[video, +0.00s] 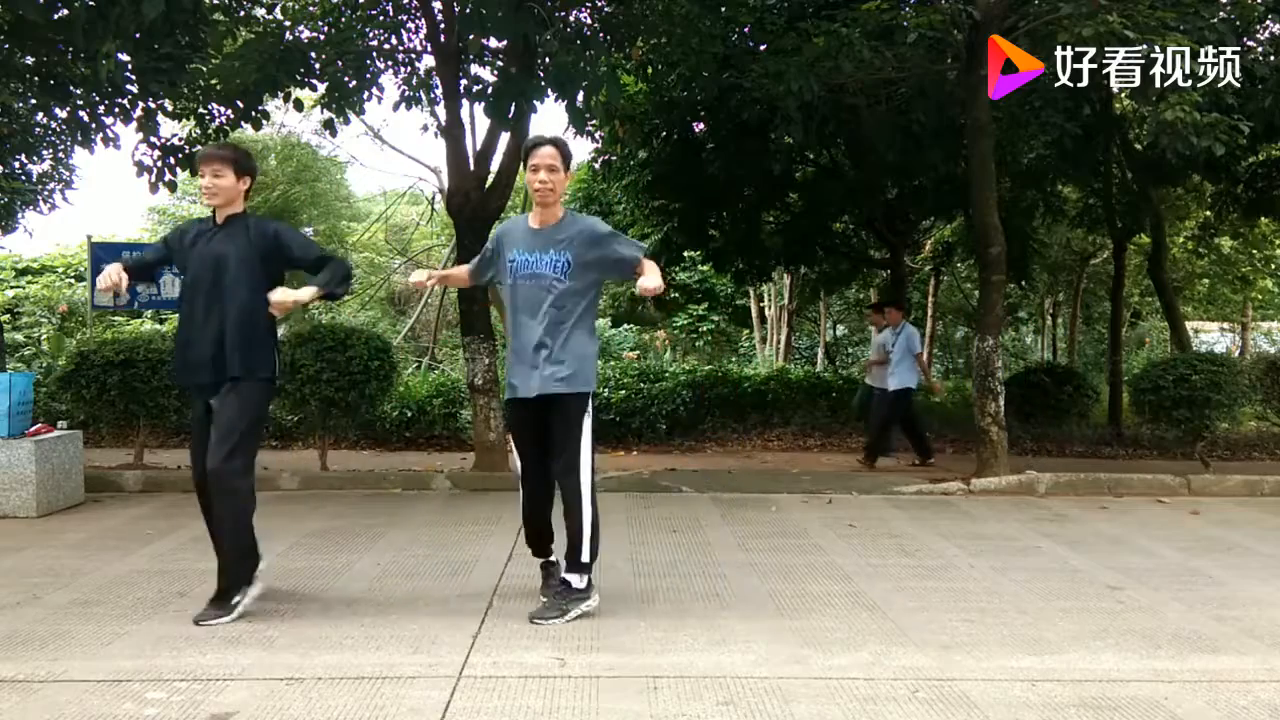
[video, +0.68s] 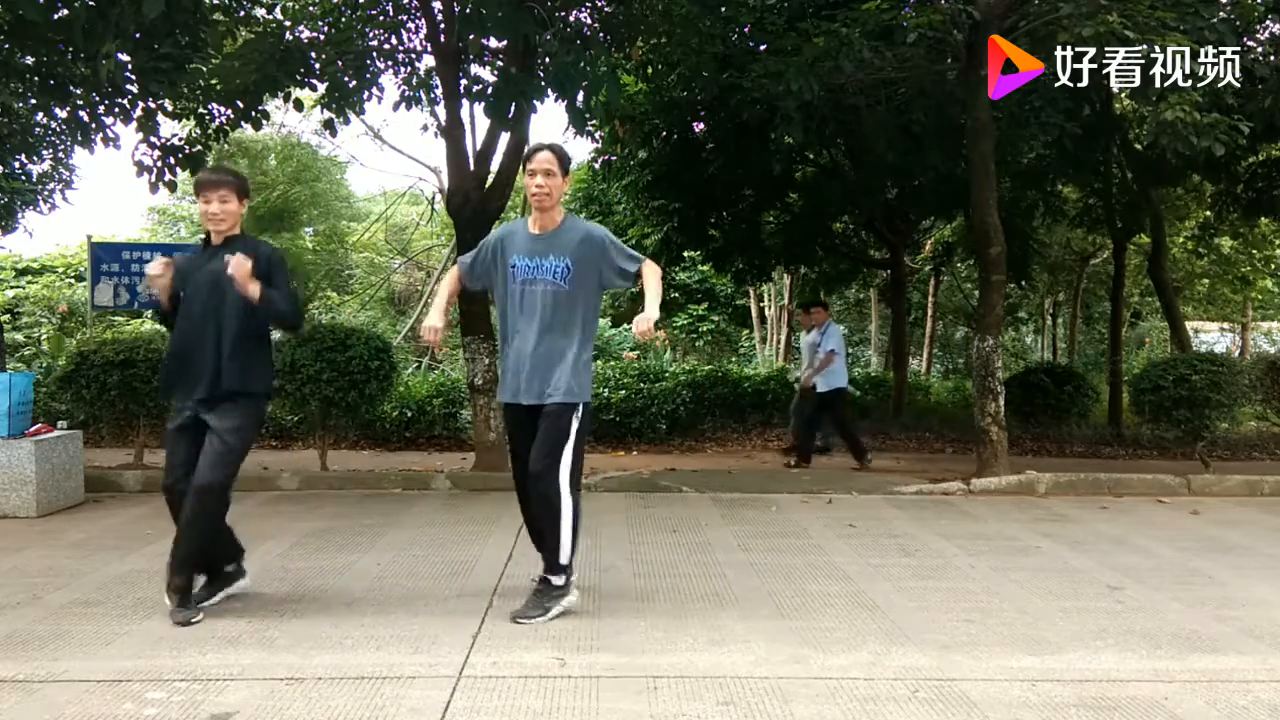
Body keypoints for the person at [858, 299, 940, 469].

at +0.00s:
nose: (886, 317)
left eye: (889, 313)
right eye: (886, 313)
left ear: (900, 314)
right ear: (888, 315)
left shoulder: (910, 332)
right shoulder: (892, 333)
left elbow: (919, 358)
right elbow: (891, 359)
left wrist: (929, 380)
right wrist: (873, 363)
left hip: (905, 385)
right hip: (894, 385)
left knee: (884, 420)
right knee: (909, 422)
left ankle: (870, 457)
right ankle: (925, 455)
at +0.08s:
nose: (879, 317)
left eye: (882, 313)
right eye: (878, 314)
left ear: (892, 313)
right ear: (881, 315)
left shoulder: (902, 332)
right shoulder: (885, 333)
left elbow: (911, 357)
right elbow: (884, 360)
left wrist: (918, 373)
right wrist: (867, 364)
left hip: (896, 385)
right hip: (885, 385)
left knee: (880, 422)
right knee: (902, 421)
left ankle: (868, 459)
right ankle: (922, 453)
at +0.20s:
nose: (864, 316)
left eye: (867, 312)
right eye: (863, 312)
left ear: (876, 311)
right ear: (865, 314)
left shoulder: (886, 328)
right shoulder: (871, 331)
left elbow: (893, 356)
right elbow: (870, 361)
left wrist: (901, 382)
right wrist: (854, 372)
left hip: (882, 384)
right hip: (869, 384)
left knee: (873, 423)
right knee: (875, 422)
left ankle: (867, 459)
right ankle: (902, 443)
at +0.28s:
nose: (857, 315)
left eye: (860, 311)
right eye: (856, 311)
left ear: (870, 311)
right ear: (859, 313)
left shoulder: (879, 329)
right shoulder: (867, 330)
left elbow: (884, 356)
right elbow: (864, 360)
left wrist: (886, 383)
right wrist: (852, 377)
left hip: (874, 383)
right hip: (862, 383)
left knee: (871, 423)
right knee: (861, 419)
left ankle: (867, 459)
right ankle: (884, 441)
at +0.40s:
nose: (843, 314)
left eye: (846, 310)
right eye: (842, 310)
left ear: (856, 310)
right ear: (845, 313)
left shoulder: (864, 328)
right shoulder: (853, 330)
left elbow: (865, 354)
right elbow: (852, 357)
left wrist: (857, 381)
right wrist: (847, 378)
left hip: (867, 383)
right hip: (855, 383)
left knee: (865, 422)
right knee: (860, 422)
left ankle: (867, 458)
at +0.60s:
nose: (822, 317)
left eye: (825, 313)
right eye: (820, 314)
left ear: (834, 314)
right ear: (819, 316)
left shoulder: (840, 330)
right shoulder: (829, 332)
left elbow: (836, 358)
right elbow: (829, 357)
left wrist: (820, 374)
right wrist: (815, 371)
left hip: (843, 385)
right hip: (832, 385)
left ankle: (864, 459)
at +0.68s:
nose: (815, 317)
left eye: (818, 312)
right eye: (812, 313)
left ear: (827, 313)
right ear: (810, 315)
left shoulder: (833, 331)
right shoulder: (819, 332)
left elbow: (829, 357)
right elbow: (819, 357)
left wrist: (810, 375)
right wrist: (808, 372)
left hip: (834, 386)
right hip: (821, 386)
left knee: (842, 423)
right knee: (809, 423)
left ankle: (862, 456)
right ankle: (803, 458)